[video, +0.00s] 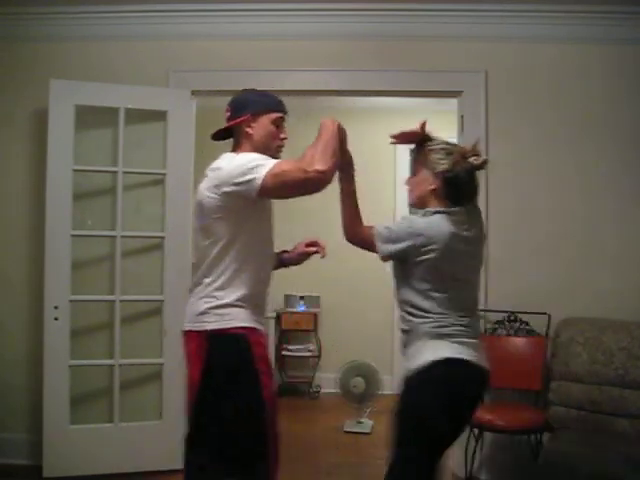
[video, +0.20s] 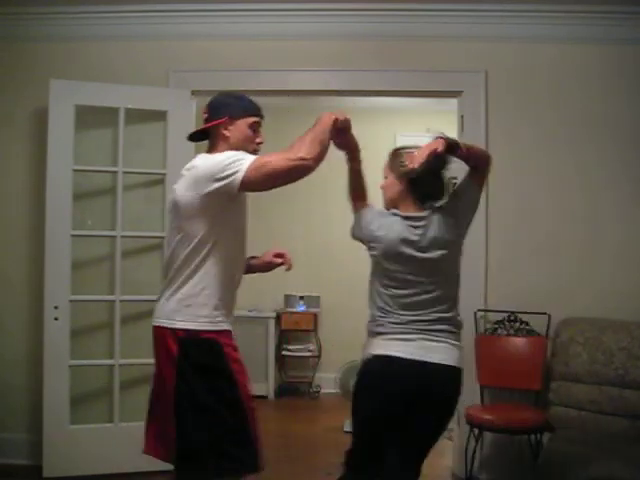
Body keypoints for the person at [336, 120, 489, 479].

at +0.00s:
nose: (408, 180)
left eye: (416, 173)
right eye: (413, 172)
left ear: (437, 184)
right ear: (449, 186)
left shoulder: (422, 229)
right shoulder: (471, 224)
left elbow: (354, 232)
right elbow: (454, 178)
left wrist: (345, 169)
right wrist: (425, 144)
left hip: (435, 369)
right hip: (470, 368)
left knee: (407, 471)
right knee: (418, 470)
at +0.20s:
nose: (382, 184)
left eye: (387, 178)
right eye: (384, 177)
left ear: (403, 183)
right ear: (427, 183)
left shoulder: (379, 229)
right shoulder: (450, 223)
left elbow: (359, 203)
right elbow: (482, 163)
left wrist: (353, 157)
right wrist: (452, 146)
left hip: (388, 364)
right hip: (442, 368)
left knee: (365, 464)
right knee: (407, 467)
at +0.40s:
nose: (409, 176)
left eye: (404, 169)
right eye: (404, 171)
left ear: (372, 188)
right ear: (397, 182)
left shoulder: (369, 228)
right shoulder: (414, 228)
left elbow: (399, 173)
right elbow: (468, 193)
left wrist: (377, 138)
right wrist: (427, 161)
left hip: (366, 356)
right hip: (400, 366)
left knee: (370, 458)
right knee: (399, 465)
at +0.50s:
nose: (409, 167)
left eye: (404, 163)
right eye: (399, 164)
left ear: (387, 185)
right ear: (378, 186)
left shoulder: (407, 219)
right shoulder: (374, 224)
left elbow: (425, 158)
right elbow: (419, 193)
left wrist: (379, 134)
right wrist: (378, 168)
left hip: (393, 361)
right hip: (379, 363)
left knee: (368, 459)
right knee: (408, 465)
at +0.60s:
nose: (388, 185)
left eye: (397, 178)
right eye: (381, 179)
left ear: (410, 187)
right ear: (372, 189)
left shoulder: (424, 222)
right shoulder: (368, 234)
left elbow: (437, 169)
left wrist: (381, 145)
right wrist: (349, 171)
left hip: (410, 368)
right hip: (375, 366)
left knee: (363, 460)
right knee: (402, 465)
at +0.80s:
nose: (383, 187)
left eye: (393, 180)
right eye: (384, 180)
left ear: (418, 186)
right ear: (389, 188)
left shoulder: (437, 227)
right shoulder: (377, 227)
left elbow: (443, 202)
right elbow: (329, 189)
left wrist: (380, 202)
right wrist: (364, 159)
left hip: (424, 376)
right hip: (373, 371)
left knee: (403, 468)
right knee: (372, 465)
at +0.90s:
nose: (390, 186)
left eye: (400, 181)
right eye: (392, 180)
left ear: (425, 191)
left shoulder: (439, 221)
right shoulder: (388, 223)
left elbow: (458, 232)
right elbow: (357, 199)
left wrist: (402, 253)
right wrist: (370, 154)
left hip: (429, 378)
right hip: (379, 371)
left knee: (417, 471)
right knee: (374, 467)